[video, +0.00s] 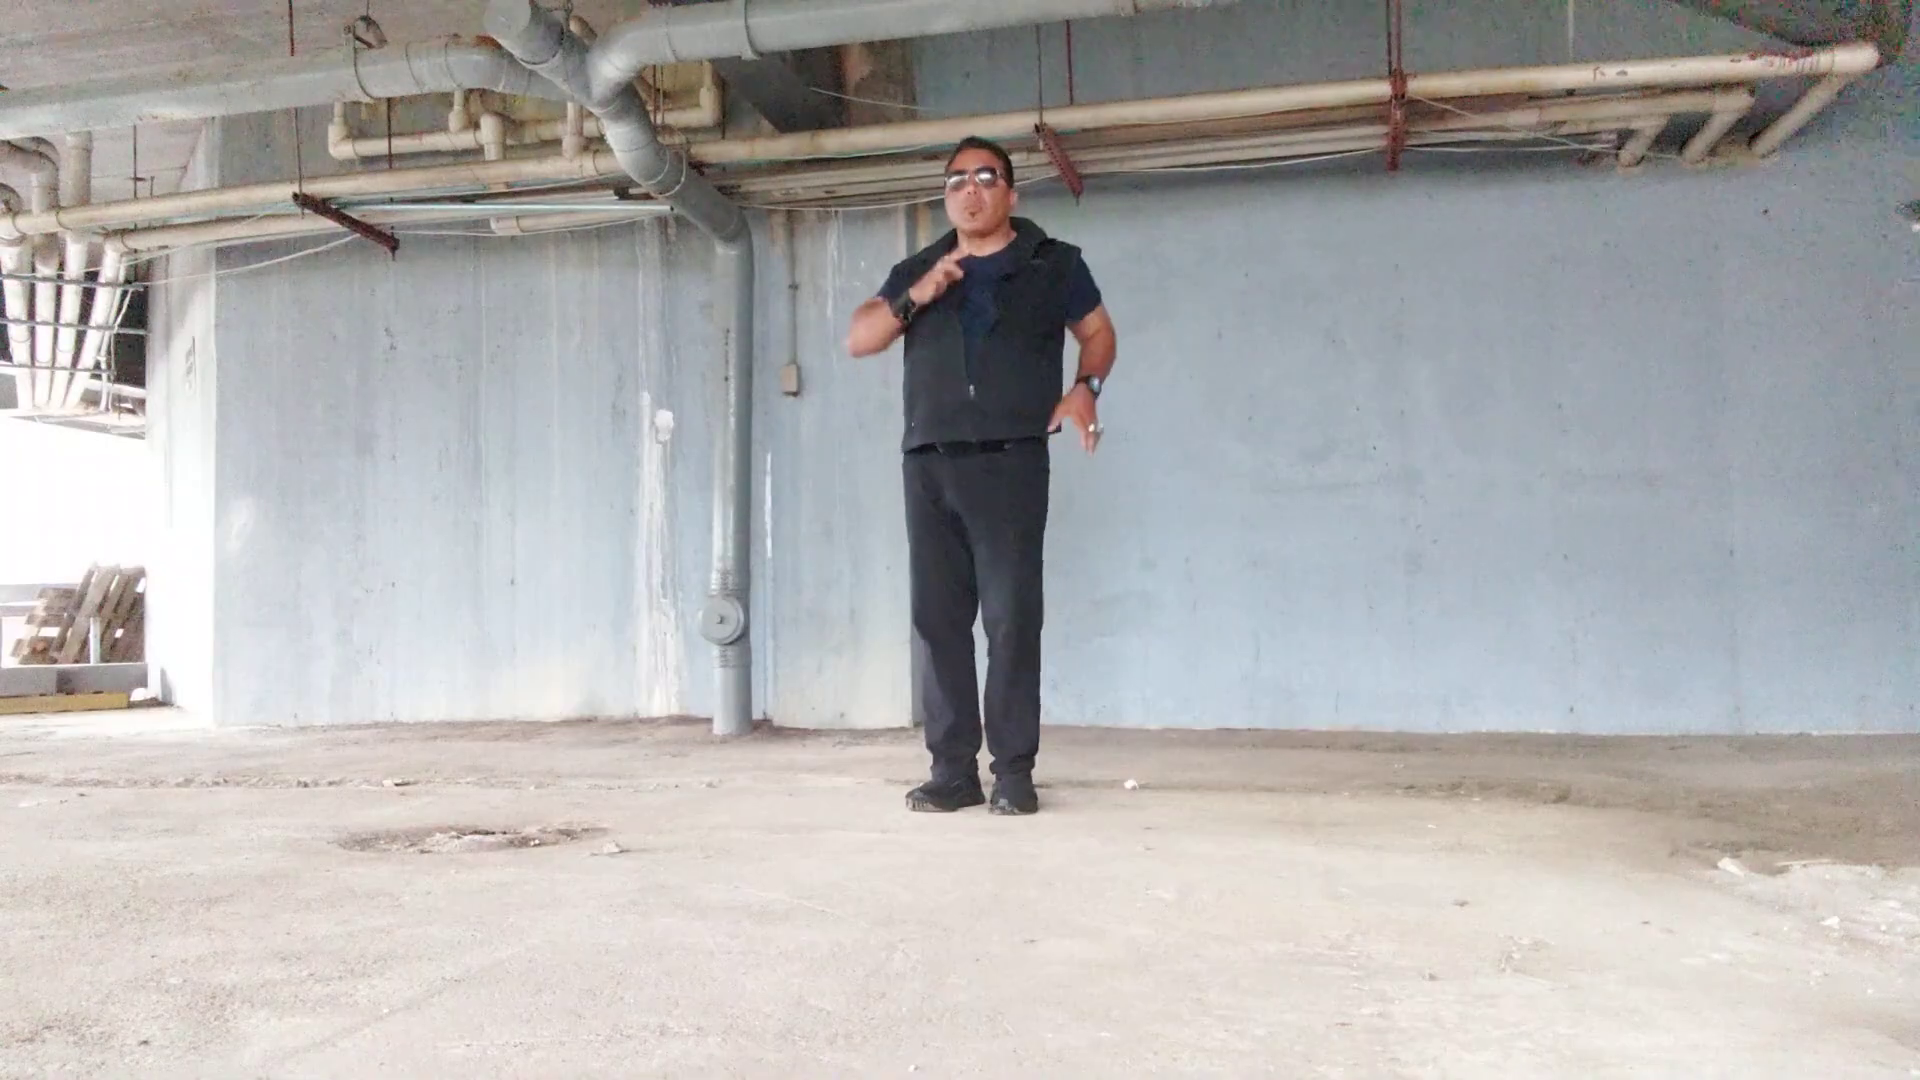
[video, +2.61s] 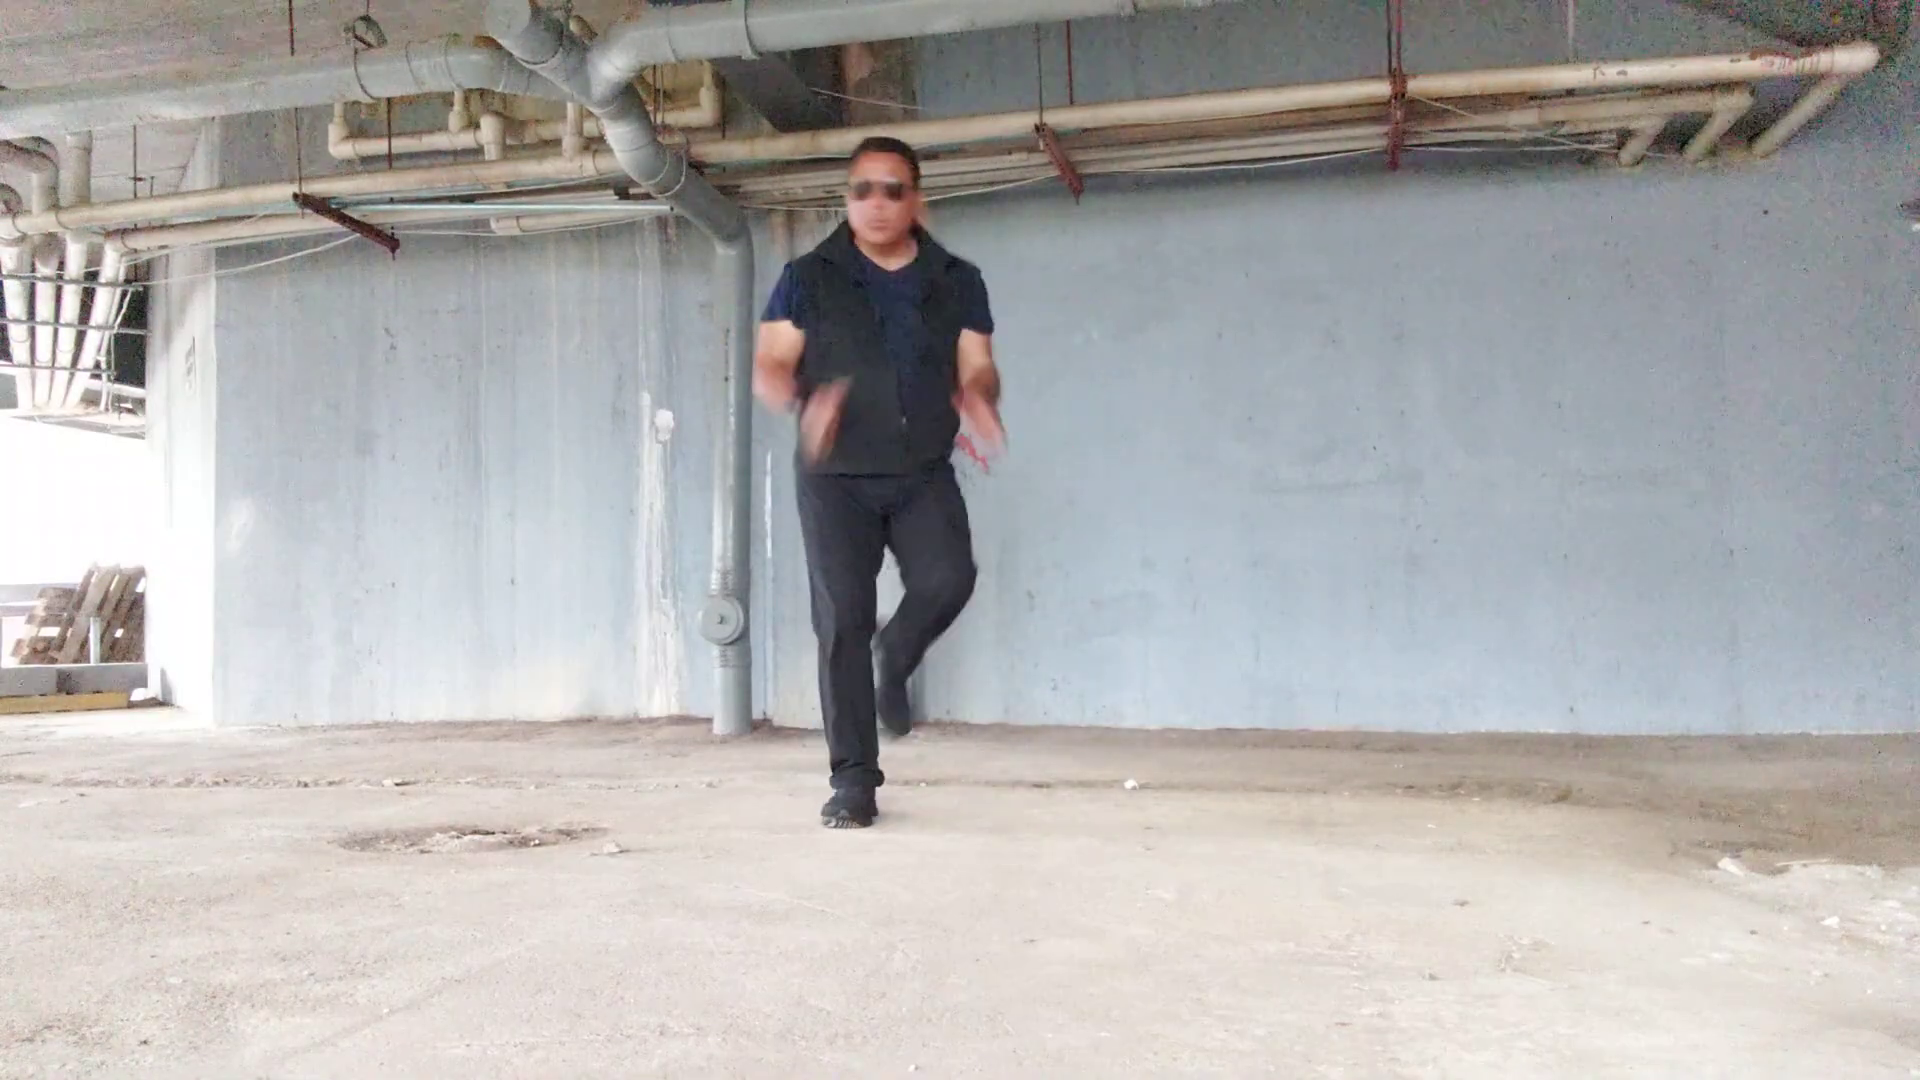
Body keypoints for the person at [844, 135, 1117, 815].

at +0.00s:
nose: (971, 188)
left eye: (985, 178)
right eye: (958, 180)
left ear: (1011, 194)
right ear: (945, 198)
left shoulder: (1053, 262)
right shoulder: (922, 268)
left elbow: (1097, 333)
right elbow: (858, 340)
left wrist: (1086, 386)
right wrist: (913, 297)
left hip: (1009, 461)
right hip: (929, 463)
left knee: (1009, 617)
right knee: (938, 619)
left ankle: (1012, 771)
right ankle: (952, 770)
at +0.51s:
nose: (1029, 238)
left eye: (1035, 225)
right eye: (1016, 225)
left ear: (1039, 221)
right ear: (973, 219)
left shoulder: (1044, 284)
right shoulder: (916, 279)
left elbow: (1101, 343)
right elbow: (853, 340)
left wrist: (1018, 318)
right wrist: (878, 408)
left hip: (1025, 485)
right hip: (937, 485)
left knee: (1031, 622)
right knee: (927, 626)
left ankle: (1007, 768)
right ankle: (917, 764)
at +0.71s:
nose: (986, 219)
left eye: (1000, 206)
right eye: (972, 206)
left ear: (1018, 212)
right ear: (951, 211)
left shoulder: (1058, 283)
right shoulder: (917, 281)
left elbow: (1083, 377)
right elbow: (881, 363)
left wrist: (1060, 407)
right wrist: (913, 380)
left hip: (1025, 481)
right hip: (936, 479)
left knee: (1028, 628)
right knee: (913, 607)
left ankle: (1009, 771)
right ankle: (937, 752)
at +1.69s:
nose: (983, 217)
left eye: (995, 203)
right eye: (968, 204)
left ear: (1007, 203)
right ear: (936, 203)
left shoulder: (1034, 272)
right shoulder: (900, 265)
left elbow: (1085, 361)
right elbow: (831, 324)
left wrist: (1078, 454)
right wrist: (891, 301)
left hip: (1002, 474)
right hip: (917, 473)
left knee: (1009, 627)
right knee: (896, 620)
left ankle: (1009, 774)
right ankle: (886, 778)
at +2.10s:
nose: (928, 220)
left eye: (939, 206)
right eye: (913, 206)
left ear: (948, 206)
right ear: (876, 205)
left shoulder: (968, 273)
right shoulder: (831, 279)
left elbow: (1003, 356)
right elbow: (820, 375)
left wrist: (1046, 429)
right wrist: (861, 352)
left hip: (943, 479)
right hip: (855, 485)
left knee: (963, 609)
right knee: (859, 629)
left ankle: (938, 737)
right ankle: (879, 786)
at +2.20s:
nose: (930, 213)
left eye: (936, 200)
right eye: (916, 199)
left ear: (939, 202)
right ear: (872, 200)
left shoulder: (949, 268)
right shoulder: (815, 276)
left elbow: (1016, 339)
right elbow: (760, 361)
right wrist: (804, 426)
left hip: (934, 476)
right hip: (850, 479)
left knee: (927, 616)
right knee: (858, 624)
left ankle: (843, 732)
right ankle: (875, 778)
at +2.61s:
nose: (878, 201)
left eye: (893, 190)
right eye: (864, 190)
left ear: (917, 200)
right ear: (847, 200)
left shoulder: (957, 281)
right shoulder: (808, 277)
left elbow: (978, 372)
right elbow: (770, 372)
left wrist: (977, 402)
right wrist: (802, 399)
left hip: (923, 476)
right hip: (836, 479)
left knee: (949, 580)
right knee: (846, 625)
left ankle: (891, 663)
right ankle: (853, 781)